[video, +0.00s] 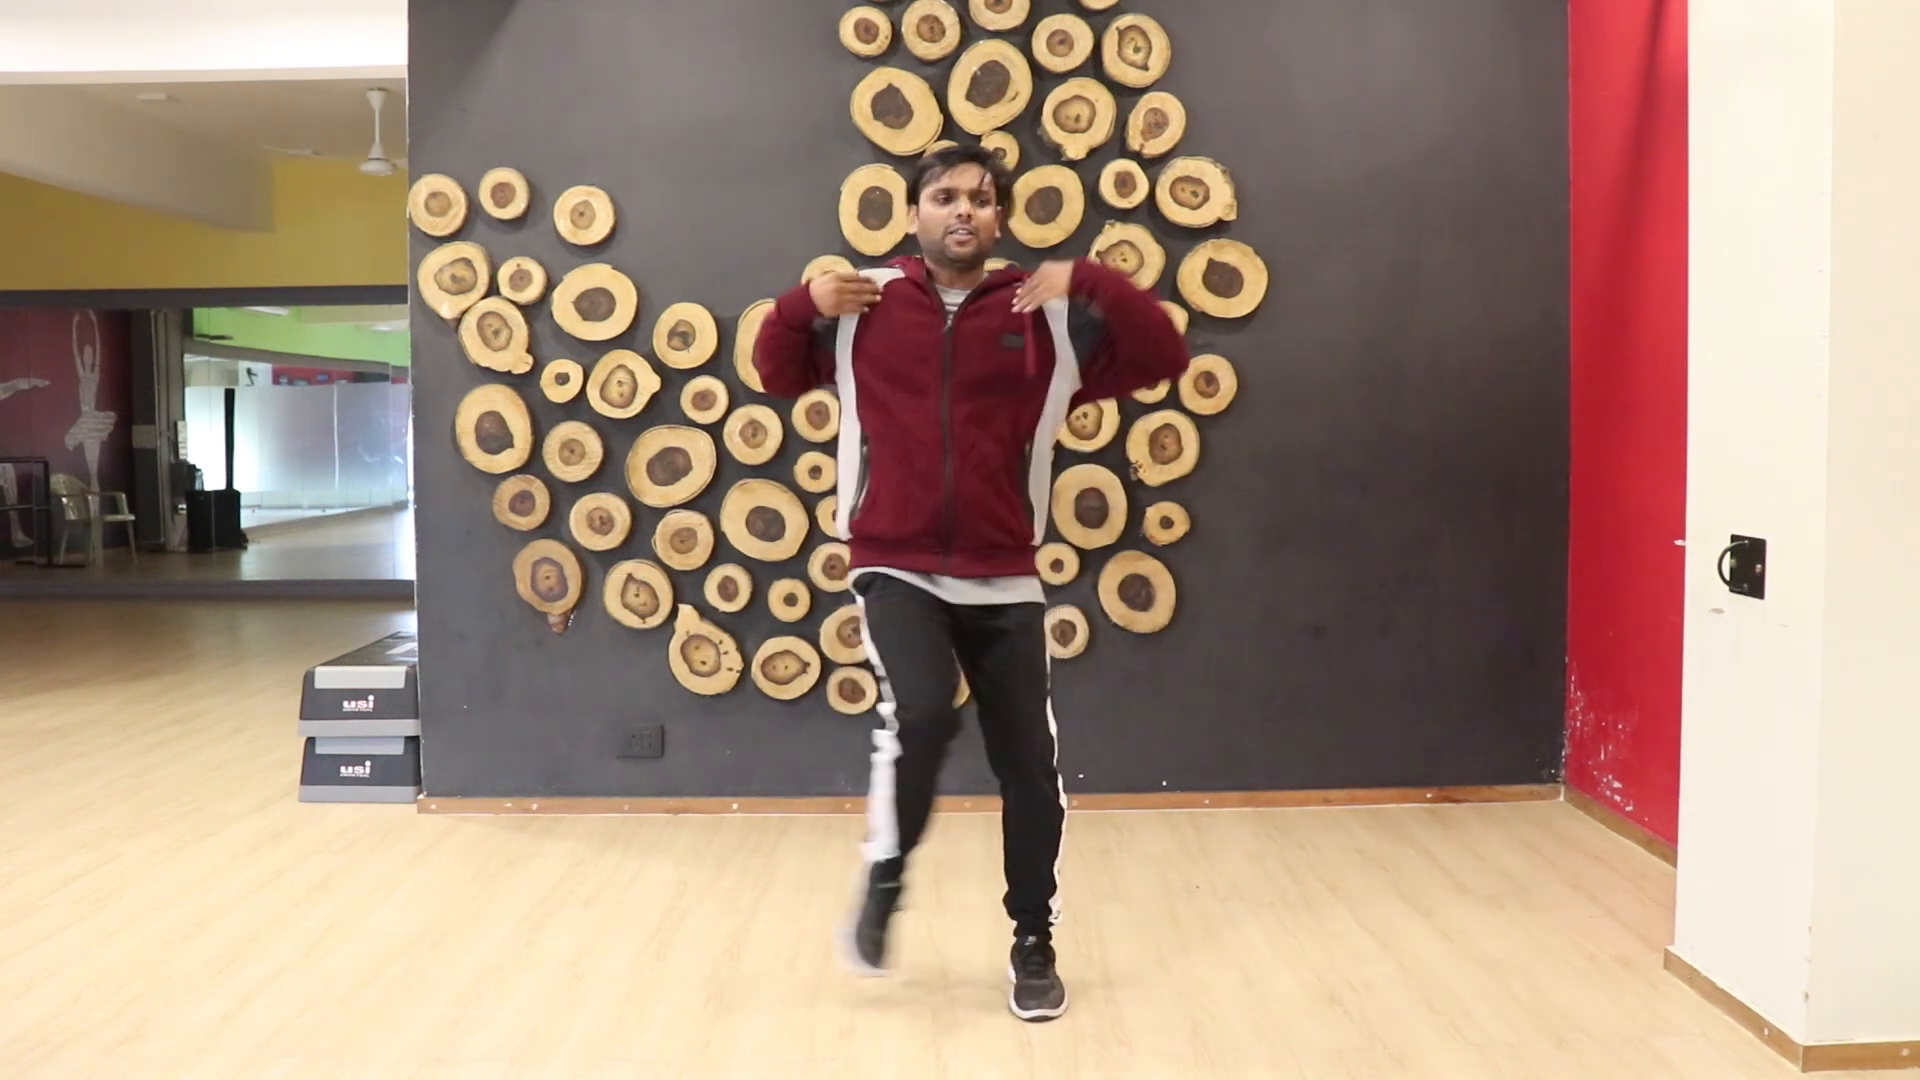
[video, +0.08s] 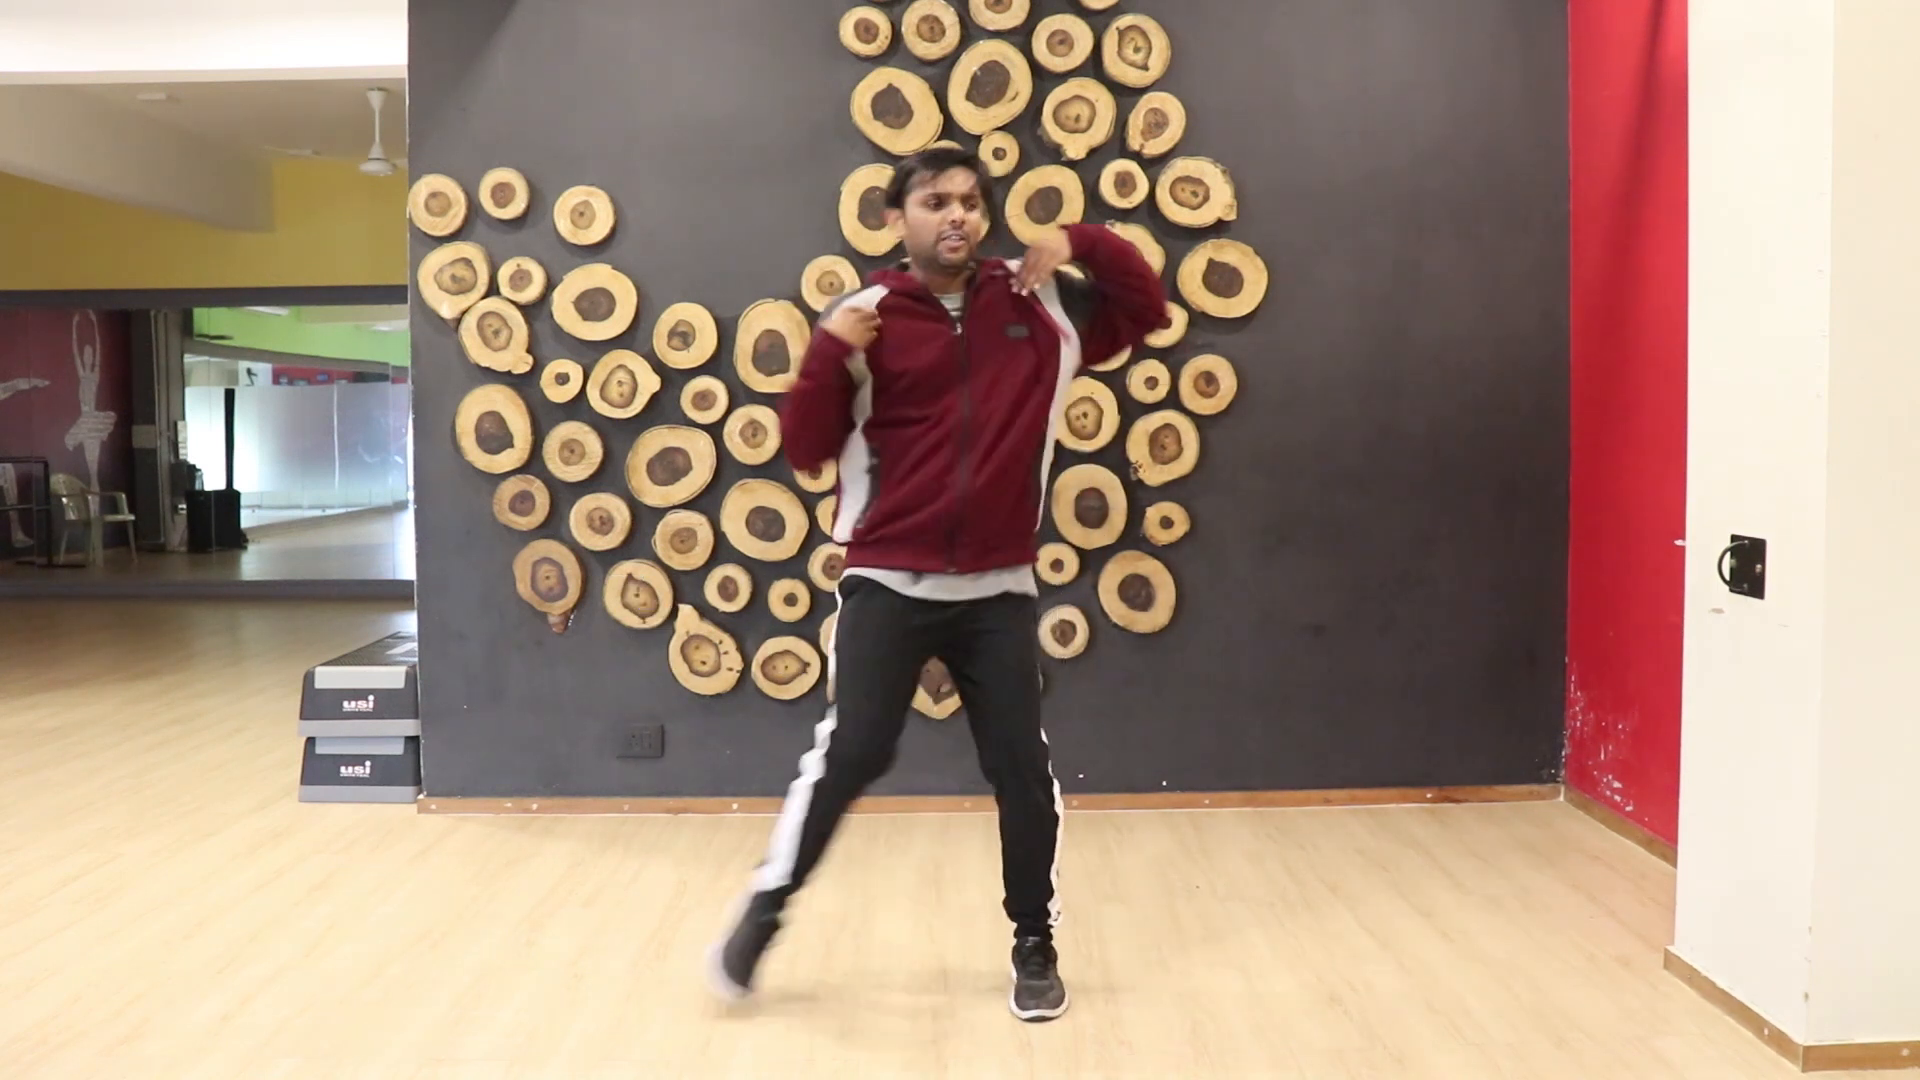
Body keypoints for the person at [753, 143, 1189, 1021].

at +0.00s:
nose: (965, 211)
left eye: (981, 199)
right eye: (946, 198)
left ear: (1001, 220)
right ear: (914, 215)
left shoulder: (1044, 312)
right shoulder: (864, 306)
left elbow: (1161, 351)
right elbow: (776, 375)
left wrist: (1087, 279)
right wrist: (804, 301)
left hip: (1002, 572)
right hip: (894, 563)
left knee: (1030, 762)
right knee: (923, 717)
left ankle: (1033, 941)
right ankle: (884, 882)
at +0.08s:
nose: (958, 217)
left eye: (970, 203)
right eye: (937, 204)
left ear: (987, 219)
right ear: (899, 221)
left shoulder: (1039, 313)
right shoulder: (866, 316)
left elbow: (1145, 305)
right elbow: (808, 453)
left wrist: (1079, 239)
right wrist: (828, 348)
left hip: (999, 584)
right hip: (887, 578)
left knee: (1021, 762)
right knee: (860, 743)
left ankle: (1035, 945)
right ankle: (766, 909)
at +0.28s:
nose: (923, 231)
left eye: (928, 216)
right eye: (903, 216)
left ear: (931, 225)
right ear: (850, 227)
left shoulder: (917, 314)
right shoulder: (836, 327)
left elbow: (947, 387)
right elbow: (878, 414)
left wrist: (942, 318)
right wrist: (895, 309)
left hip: (993, 602)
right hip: (893, 611)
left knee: (1068, 773)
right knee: (820, 781)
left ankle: (1043, 940)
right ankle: (697, 928)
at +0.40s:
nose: (949, 227)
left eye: (955, 213)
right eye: (931, 210)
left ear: (949, 224)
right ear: (874, 217)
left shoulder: (915, 305)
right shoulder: (834, 287)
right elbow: (783, 235)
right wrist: (792, 173)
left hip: (972, 580)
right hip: (897, 586)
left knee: (1048, 757)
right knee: (853, 778)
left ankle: (1043, 940)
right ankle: (712, 919)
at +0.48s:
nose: (962, 233)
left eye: (967, 219)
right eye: (943, 214)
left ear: (956, 229)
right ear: (887, 216)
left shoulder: (925, 295)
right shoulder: (840, 274)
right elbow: (819, 166)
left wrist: (955, 171)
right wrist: (827, 71)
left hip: (937, 556)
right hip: (871, 557)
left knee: (1025, 754)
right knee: (880, 789)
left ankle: (1035, 941)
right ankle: (727, 914)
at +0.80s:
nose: (896, 248)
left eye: (904, 233)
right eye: (875, 233)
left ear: (910, 241)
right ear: (822, 242)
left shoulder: (892, 319)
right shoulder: (793, 299)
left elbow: (926, 396)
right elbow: (926, 331)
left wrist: (977, 435)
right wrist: (1068, 348)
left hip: (858, 594)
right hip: (765, 594)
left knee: (956, 768)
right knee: (773, 802)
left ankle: (998, 937)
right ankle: (688, 936)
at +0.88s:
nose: (884, 262)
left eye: (893, 245)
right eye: (862, 246)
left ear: (902, 248)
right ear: (811, 251)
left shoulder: (906, 307)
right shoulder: (787, 316)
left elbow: (995, 358)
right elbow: (904, 397)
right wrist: (1010, 322)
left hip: (834, 582)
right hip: (732, 585)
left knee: (912, 742)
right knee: (712, 769)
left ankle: (896, 918)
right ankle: (668, 932)